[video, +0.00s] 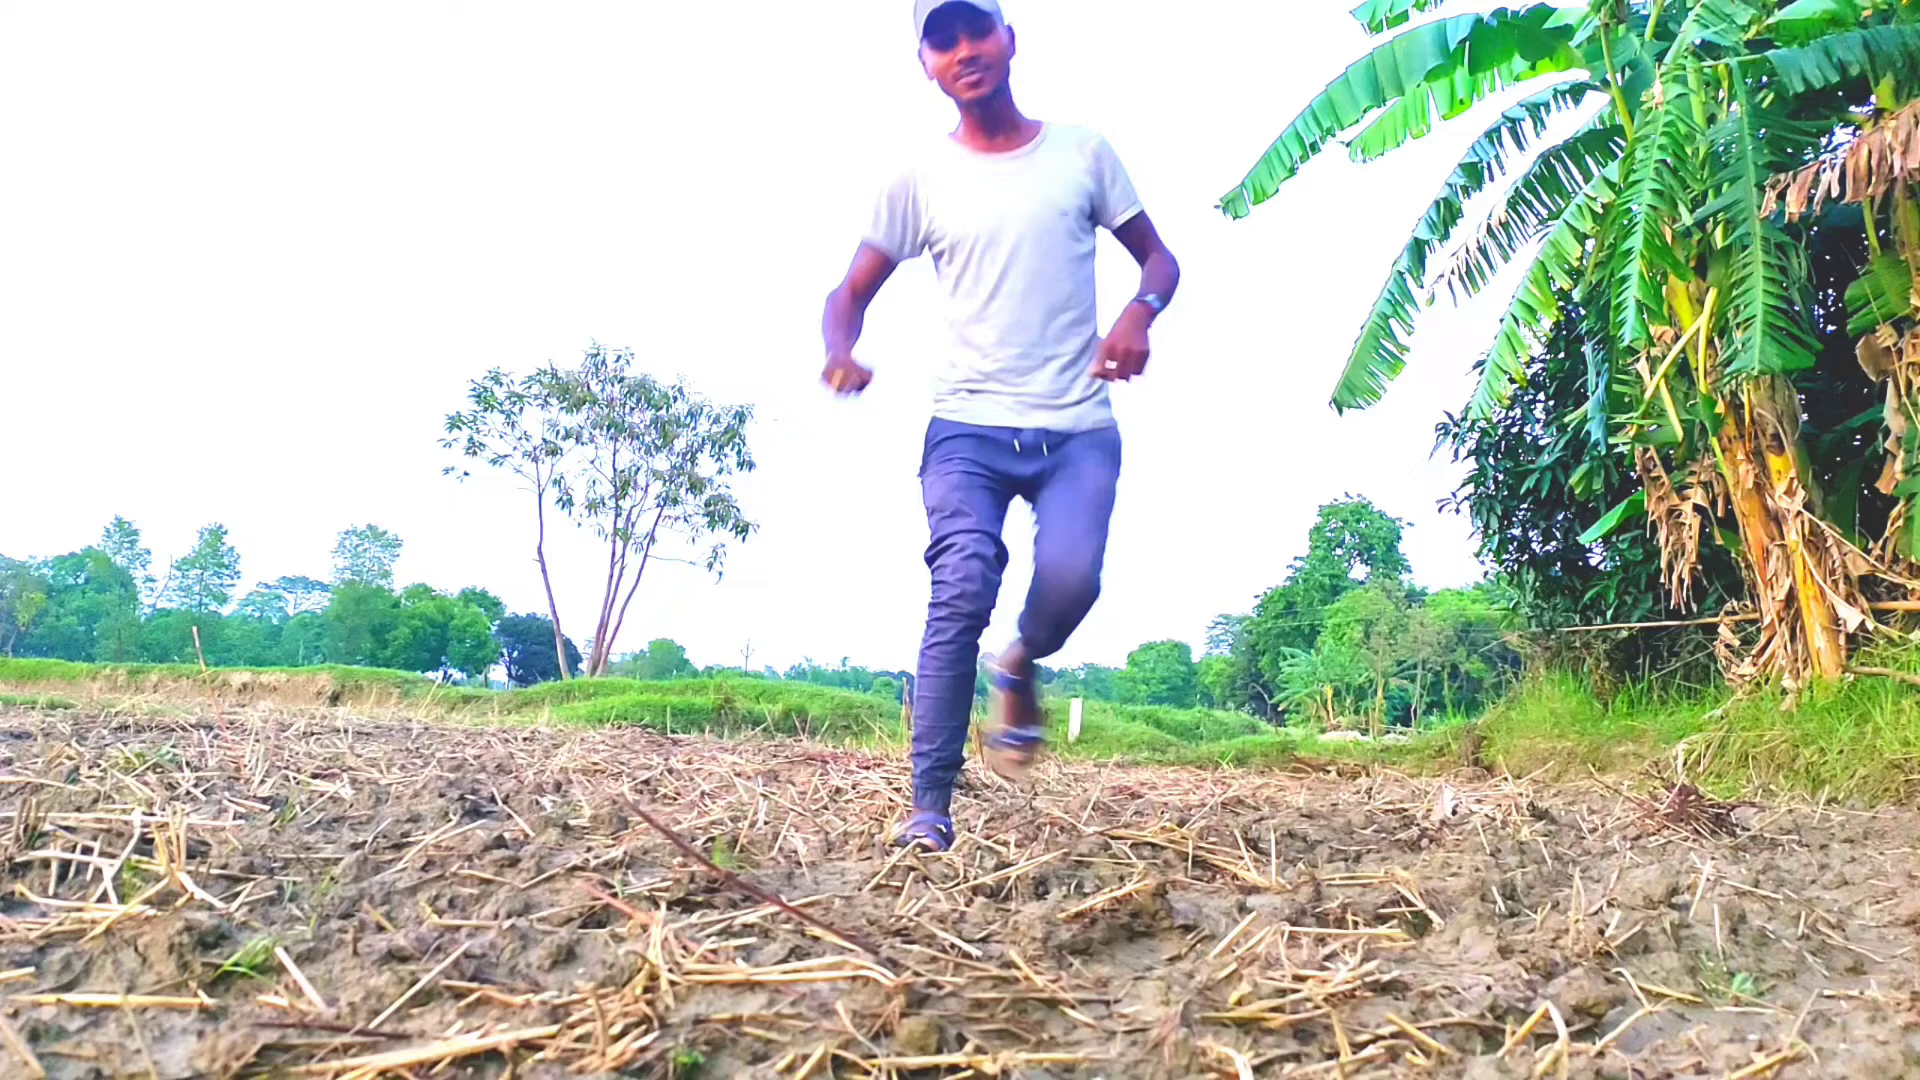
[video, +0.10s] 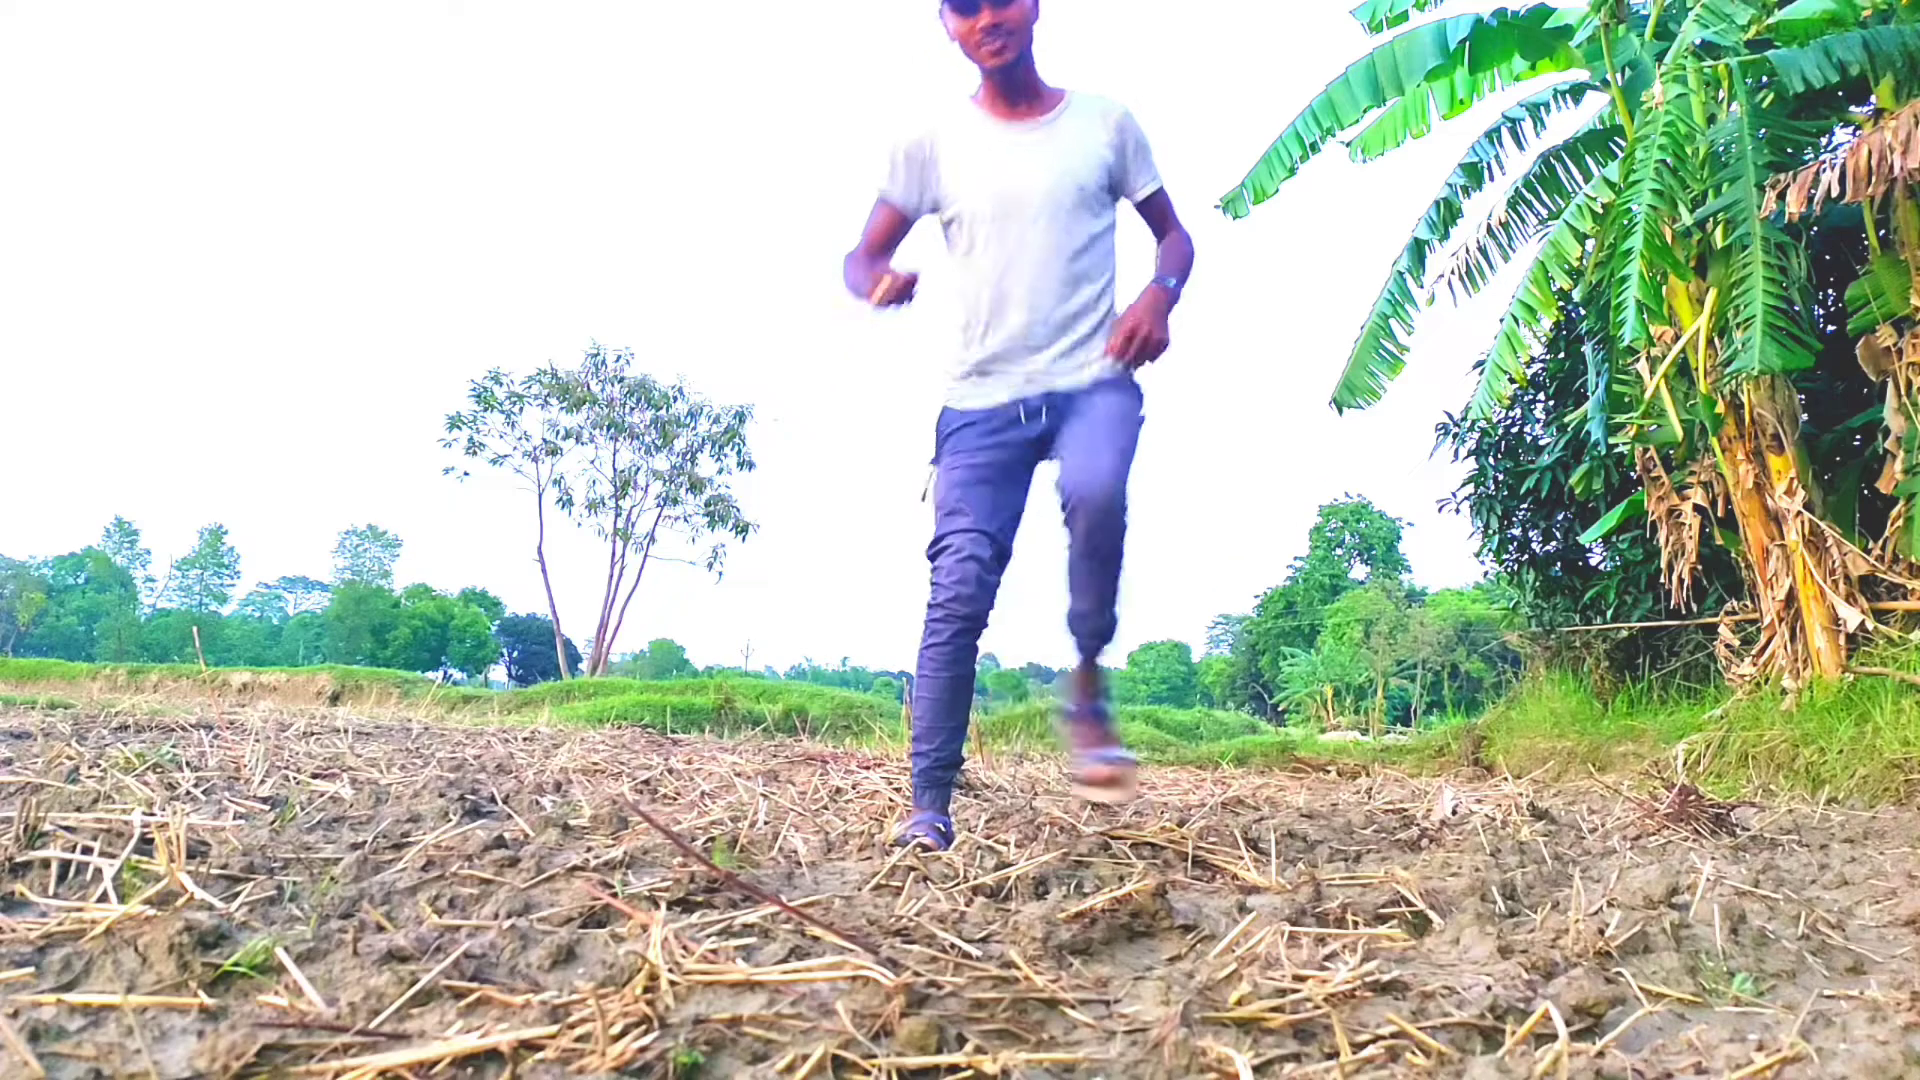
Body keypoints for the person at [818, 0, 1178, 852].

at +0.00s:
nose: (963, 54)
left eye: (976, 33)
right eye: (943, 44)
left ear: (1011, 39)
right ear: (926, 66)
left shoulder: (1084, 154)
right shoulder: (920, 181)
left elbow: (1160, 263)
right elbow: (851, 291)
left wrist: (1140, 312)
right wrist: (838, 350)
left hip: (1078, 418)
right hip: (969, 418)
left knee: (1072, 582)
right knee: (965, 589)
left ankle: (1015, 666)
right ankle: (930, 811)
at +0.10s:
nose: (987, 17)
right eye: (966, 8)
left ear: (1035, 8)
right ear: (949, 28)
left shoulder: (1104, 126)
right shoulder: (932, 149)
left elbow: (1173, 239)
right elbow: (861, 260)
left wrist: (1160, 295)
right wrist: (876, 284)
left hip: (1094, 380)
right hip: (984, 396)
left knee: (1097, 495)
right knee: (958, 595)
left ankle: (1087, 687)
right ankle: (931, 812)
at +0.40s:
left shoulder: (1244, 23)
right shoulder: (1087, 72)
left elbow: (1371, 161)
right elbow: (1067, 228)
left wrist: (1236, 256)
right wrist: (1035, 268)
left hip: (1257, 364)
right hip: (1143, 376)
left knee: (1240, 582)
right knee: (991, 526)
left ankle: (1304, 886)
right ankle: (1046, 744)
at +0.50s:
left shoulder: (1291, 8)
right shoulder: (1117, 44)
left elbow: (1415, 108)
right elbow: (1134, 189)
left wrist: (1281, 195)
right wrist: (1094, 275)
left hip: (1318, 319)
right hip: (1209, 341)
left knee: (1282, 566)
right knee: (1082, 518)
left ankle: (1319, 877)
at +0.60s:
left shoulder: (1324, 2)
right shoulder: (1145, 23)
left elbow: (1453, 64)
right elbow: (1154, 160)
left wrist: (1328, 175)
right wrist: (1126, 255)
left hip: (1368, 269)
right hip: (1270, 310)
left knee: (1310, 553)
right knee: (1224, 576)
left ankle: (1328, 872)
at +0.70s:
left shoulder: (1359, 4)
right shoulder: (1170, 27)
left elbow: (1482, 57)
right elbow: (1170, 171)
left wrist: (1358, 176)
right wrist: (1141, 273)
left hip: (1408, 264)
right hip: (1317, 300)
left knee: (1293, 512)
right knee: (1276, 573)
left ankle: (1339, 854)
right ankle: (1395, 863)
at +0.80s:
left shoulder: (1390, 5)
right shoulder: (1197, 31)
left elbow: (1516, 63)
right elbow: (1198, 199)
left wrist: (1387, 194)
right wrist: (1157, 321)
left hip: (1460, 248)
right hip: (1395, 278)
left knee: (1271, 444)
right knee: (1301, 589)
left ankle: (1425, 775)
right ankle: (1385, 856)